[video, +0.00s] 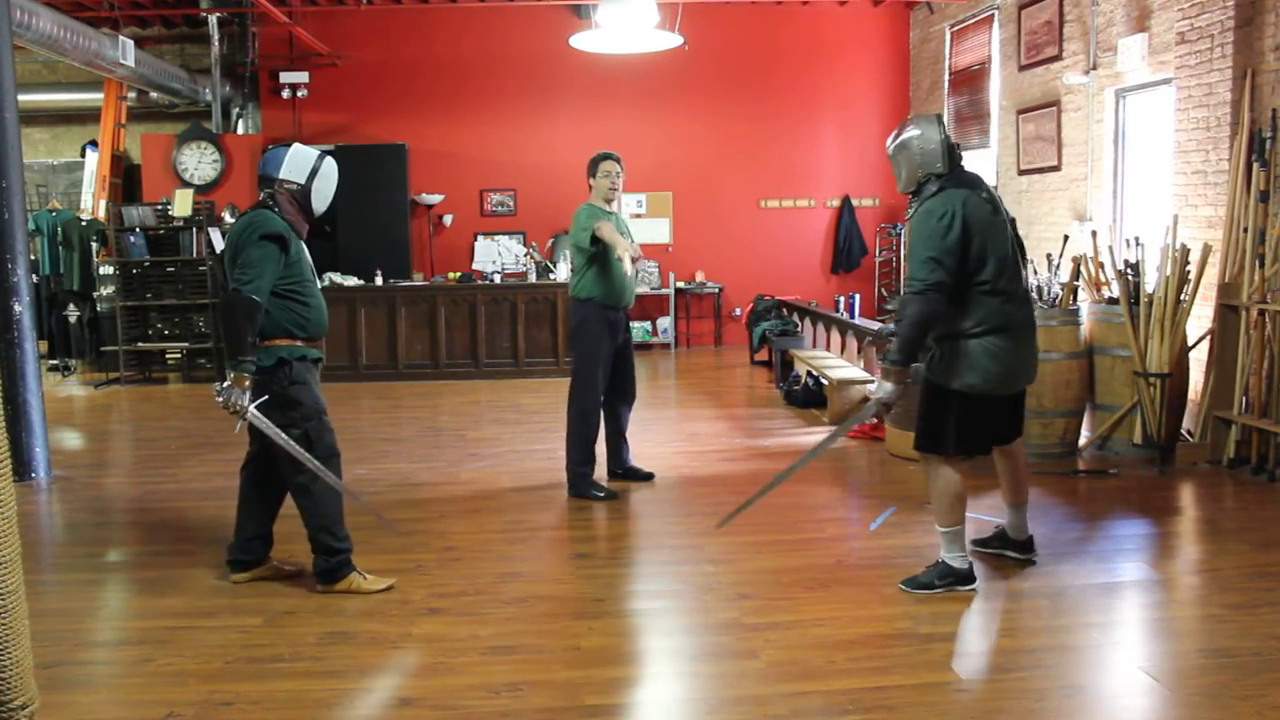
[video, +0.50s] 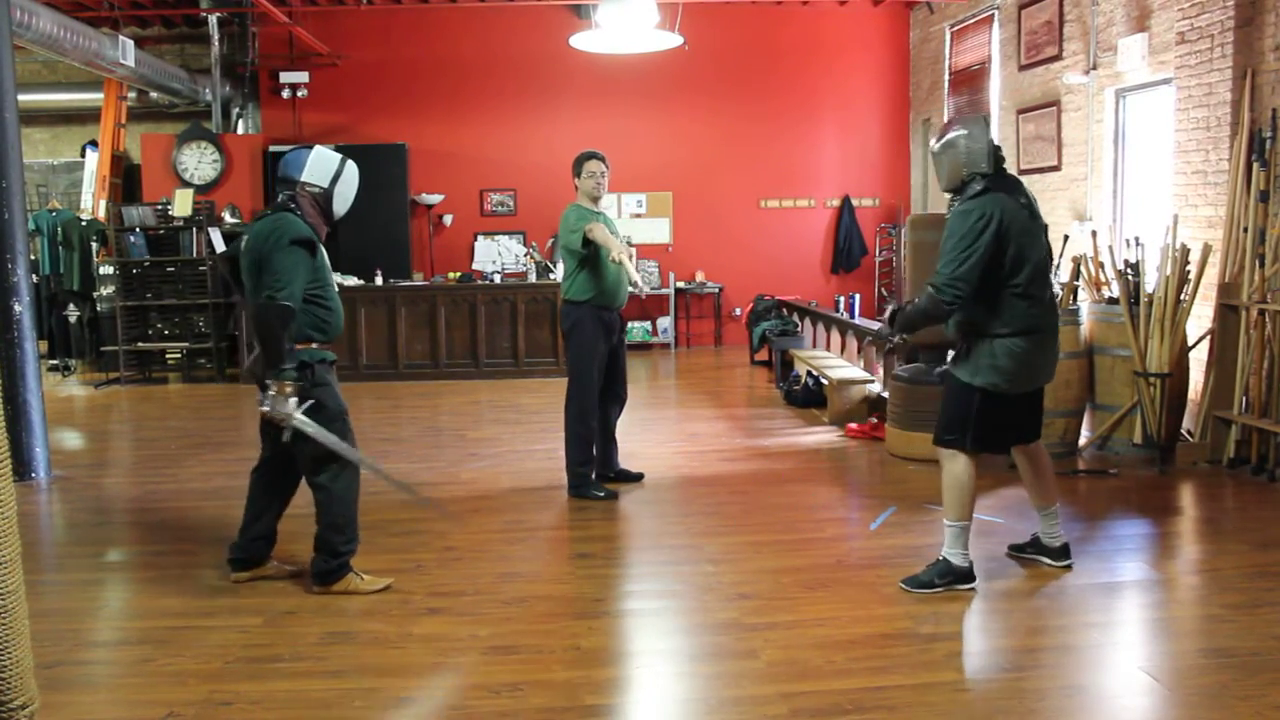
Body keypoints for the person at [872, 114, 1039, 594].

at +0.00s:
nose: (894, 172)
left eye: (897, 160)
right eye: (894, 161)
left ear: (917, 158)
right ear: (941, 154)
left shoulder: (938, 208)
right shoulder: (982, 199)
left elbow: (927, 294)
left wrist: (895, 367)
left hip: (969, 352)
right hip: (1010, 348)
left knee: (940, 453)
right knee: (1006, 440)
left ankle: (954, 563)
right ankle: (1018, 535)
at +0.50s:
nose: (937, 170)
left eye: (941, 159)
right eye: (937, 159)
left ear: (964, 155)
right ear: (976, 155)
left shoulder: (977, 208)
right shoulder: (1014, 197)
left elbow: (950, 292)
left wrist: (901, 319)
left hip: (994, 348)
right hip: (1031, 344)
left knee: (953, 444)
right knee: (1025, 440)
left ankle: (955, 560)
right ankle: (1052, 541)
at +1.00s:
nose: (893, 179)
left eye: (895, 169)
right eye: (892, 170)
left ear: (912, 171)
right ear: (945, 165)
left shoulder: (920, 223)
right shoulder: (989, 202)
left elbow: (868, 286)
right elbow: (1030, 256)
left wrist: (904, 259)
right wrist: (1001, 292)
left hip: (955, 355)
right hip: (1012, 350)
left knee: (901, 438)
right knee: (1012, 439)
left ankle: (907, 553)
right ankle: (1051, 539)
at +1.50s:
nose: (856, 200)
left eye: (857, 191)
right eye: (855, 191)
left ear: (873, 189)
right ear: (906, 179)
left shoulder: (888, 236)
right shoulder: (952, 207)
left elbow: (836, 303)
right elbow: (999, 250)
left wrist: (870, 274)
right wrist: (989, 296)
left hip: (938, 359)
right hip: (997, 350)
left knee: (881, 443)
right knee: (1008, 439)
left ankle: (906, 553)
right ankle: (1050, 539)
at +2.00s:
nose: (863, 198)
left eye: (865, 188)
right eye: (862, 188)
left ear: (883, 185)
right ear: (911, 177)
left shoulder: (895, 233)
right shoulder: (957, 205)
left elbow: (843, 302)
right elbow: (1003, 249)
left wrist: (882, 275)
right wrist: (992, 297)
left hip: (945, 355)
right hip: (1001, 346)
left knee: (886, 438)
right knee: (1009, 438)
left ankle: (907, 553)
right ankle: (1050, 538)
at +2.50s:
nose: (869, 195)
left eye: (870, 185)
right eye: (867, 185)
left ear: (888, 182)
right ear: (916, 173)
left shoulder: (901, 230)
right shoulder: (961, 204)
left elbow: (847, 299)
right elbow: (1005, 248)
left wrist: (884, 273)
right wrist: (996, 295)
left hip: (949, 353)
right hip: (1003, 345)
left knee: (889, 437)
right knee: (1010, 437)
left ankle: (908, 553)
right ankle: (1050, 539)